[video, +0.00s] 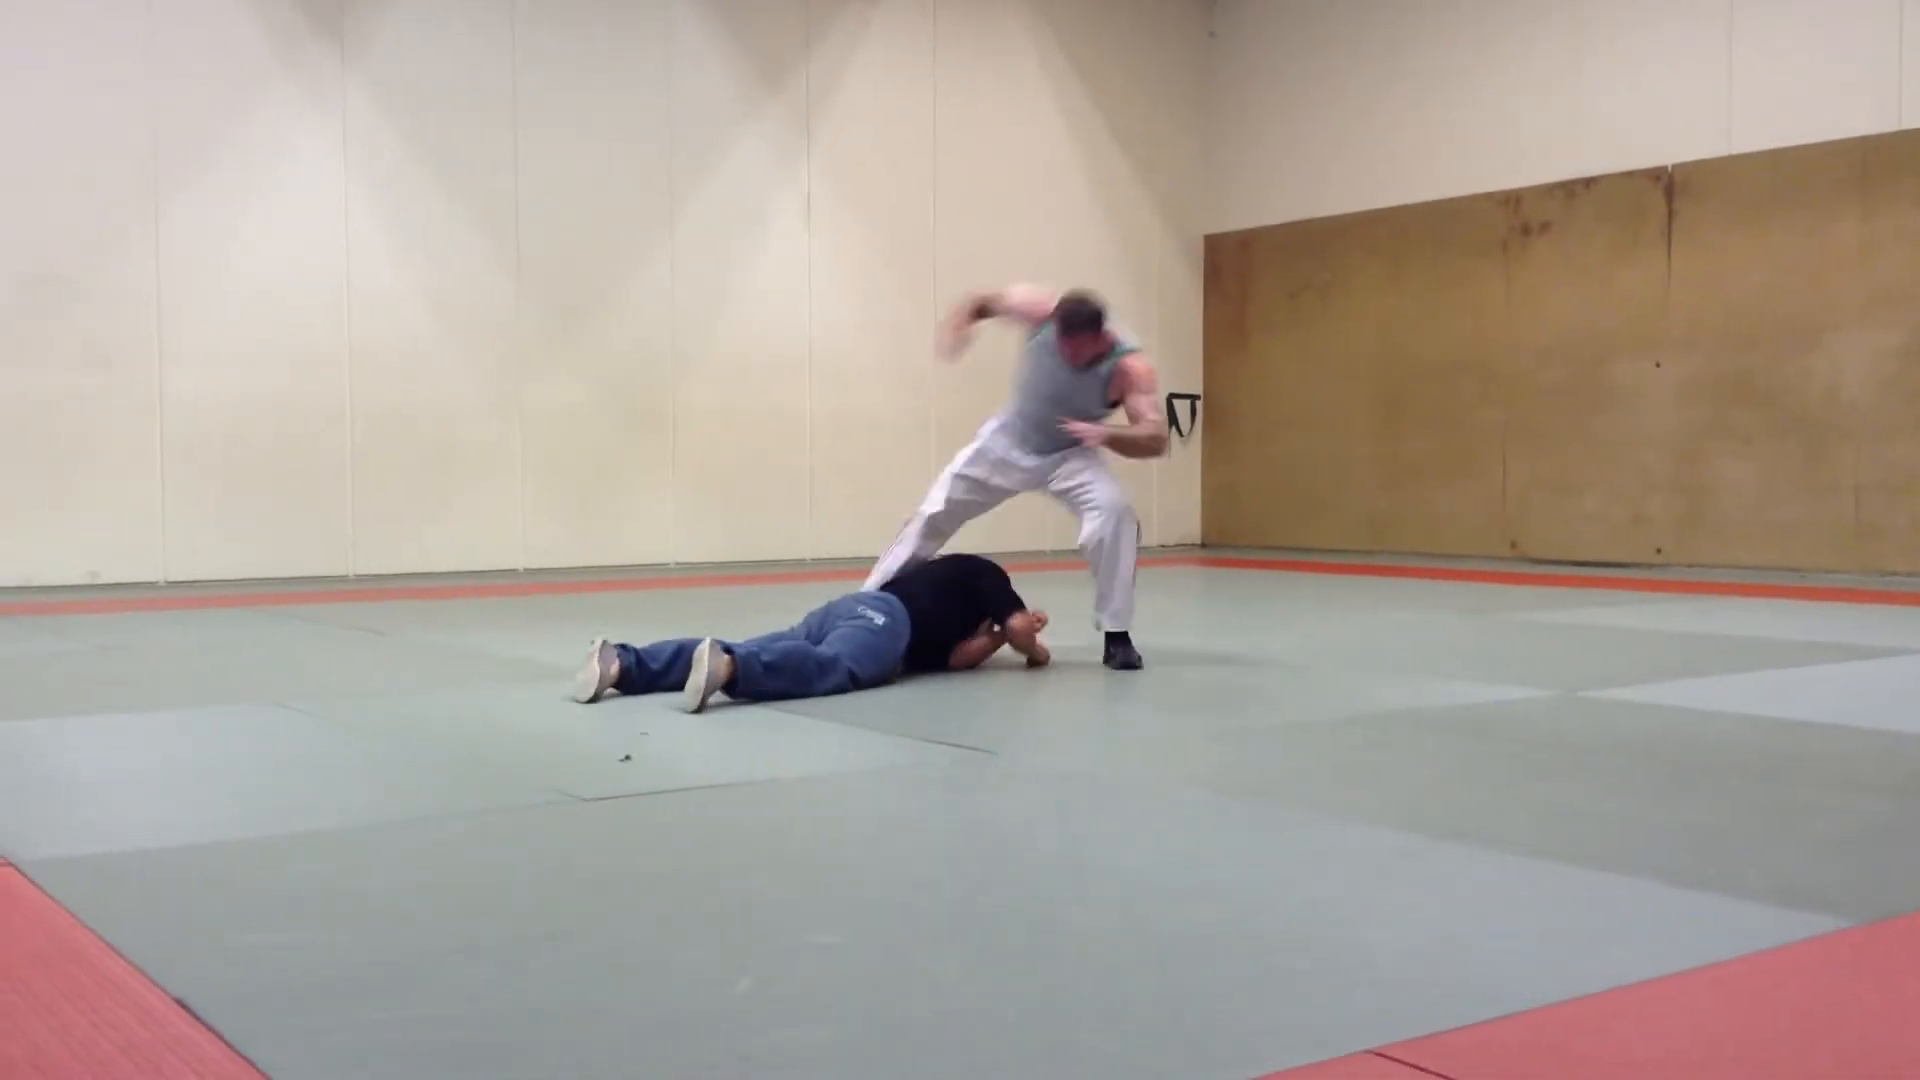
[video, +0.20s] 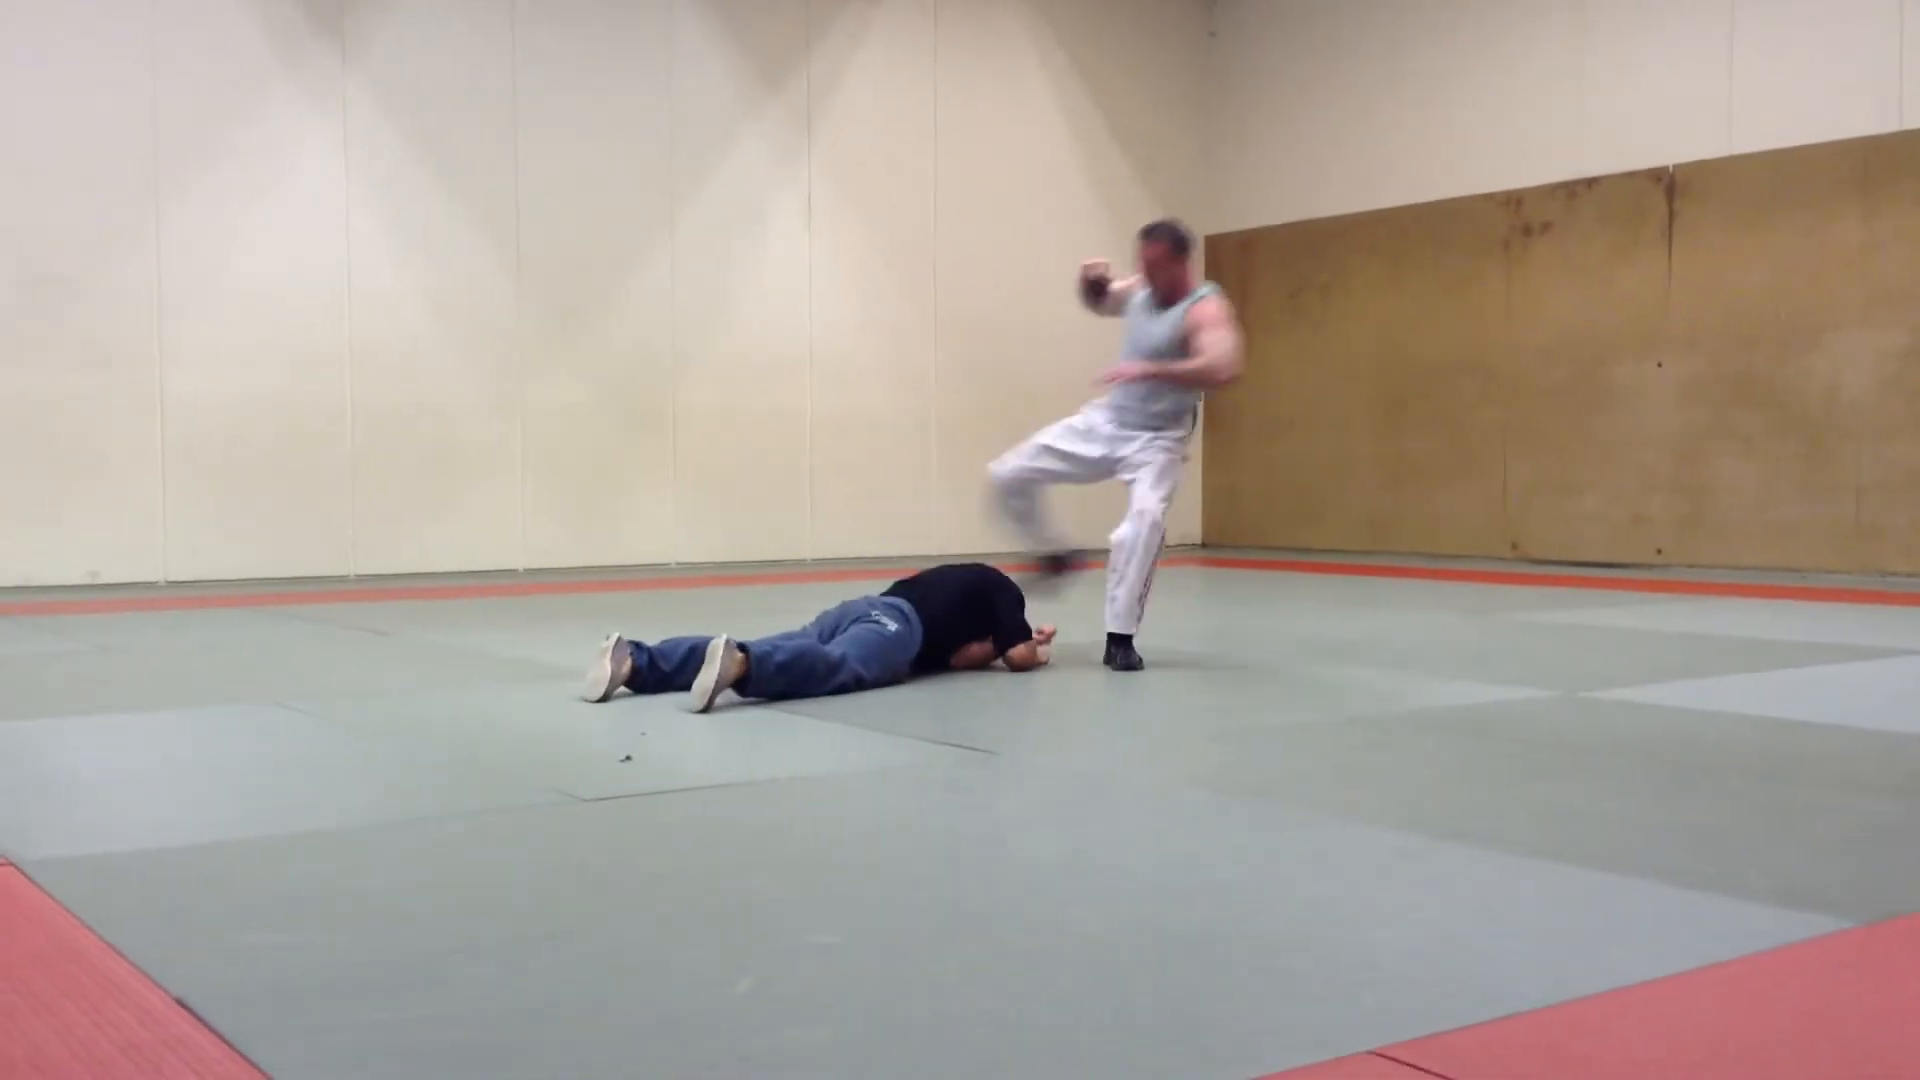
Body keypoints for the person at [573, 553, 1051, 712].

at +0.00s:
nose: (1011, 621)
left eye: (1014, 614)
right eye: (1015, 609)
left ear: (980, 604)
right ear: (1002, 589)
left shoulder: (947, 615)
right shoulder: (982, 574)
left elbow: (957, 660)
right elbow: (1024, 638)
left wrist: (1005, 631)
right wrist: (1038, 656)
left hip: (844, 615)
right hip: (887, 614)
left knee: (749, 653)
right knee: (835, 665)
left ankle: (625, 667)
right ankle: (731, 667)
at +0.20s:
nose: (1025, 641)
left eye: (1022, 639)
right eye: (1027, 638)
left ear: (994, 613)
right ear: (1024, 611)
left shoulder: (958, 601)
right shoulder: (1001, 590)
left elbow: (954, 657)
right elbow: (1018, 656)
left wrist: (1011, 650)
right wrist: (1035, 652)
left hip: (858, 611)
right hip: (900, 620)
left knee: (766, 649)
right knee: (839, 665)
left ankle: (635, 664)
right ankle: (743, 666)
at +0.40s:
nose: (1030, 644)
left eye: (1027, 642)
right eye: (1030, 642)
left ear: (1001, 615)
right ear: (1024, 605)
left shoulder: (956, 593)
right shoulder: (1009, 593)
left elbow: (951, 660)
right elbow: (1023, 657)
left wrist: (1011, 649)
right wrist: (1037, 652)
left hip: (866, 612)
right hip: (909, 621)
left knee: (778, 650)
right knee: (841, 666)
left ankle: (643, 663)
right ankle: (749, 665)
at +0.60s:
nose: (1030, 648)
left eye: (1026, 646)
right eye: (1030, 646)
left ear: (1008, 623)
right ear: (1027, 615)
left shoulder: (958, 593)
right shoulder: (1010, 596)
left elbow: (948, 662)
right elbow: (1023, 660)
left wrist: (1008, 651)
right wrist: (1039, 653)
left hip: (870, 613)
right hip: (910, 624)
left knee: (779, 651)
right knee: (842, 667)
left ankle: (644, 664)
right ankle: (747, 666)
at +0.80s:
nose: (1027, 648)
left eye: (1024, 645)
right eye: (1026, 646)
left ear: (988, 597)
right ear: (1019, 605)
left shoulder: (953, 592)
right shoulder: (1007, 598)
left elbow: (946, 664)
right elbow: (1020, 661)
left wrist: (1006, 653)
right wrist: (1032, 657)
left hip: (864, 616)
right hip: (906, 627)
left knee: (774, 653)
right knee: (838, 670)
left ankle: (641, 667)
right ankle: (745, 668)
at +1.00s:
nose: (1023, 647)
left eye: (1020, 644)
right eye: (1022, 644)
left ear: (986, 601)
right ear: (1015, 606)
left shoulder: (950, 595)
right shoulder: (1003, 599)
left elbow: (943, 665)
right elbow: (1016, 662)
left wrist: (1004, 653)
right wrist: (1029, 658)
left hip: (858, 616)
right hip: (900, 627)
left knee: (767, 653)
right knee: (834, 671)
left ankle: (635, 667)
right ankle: (740, 668)